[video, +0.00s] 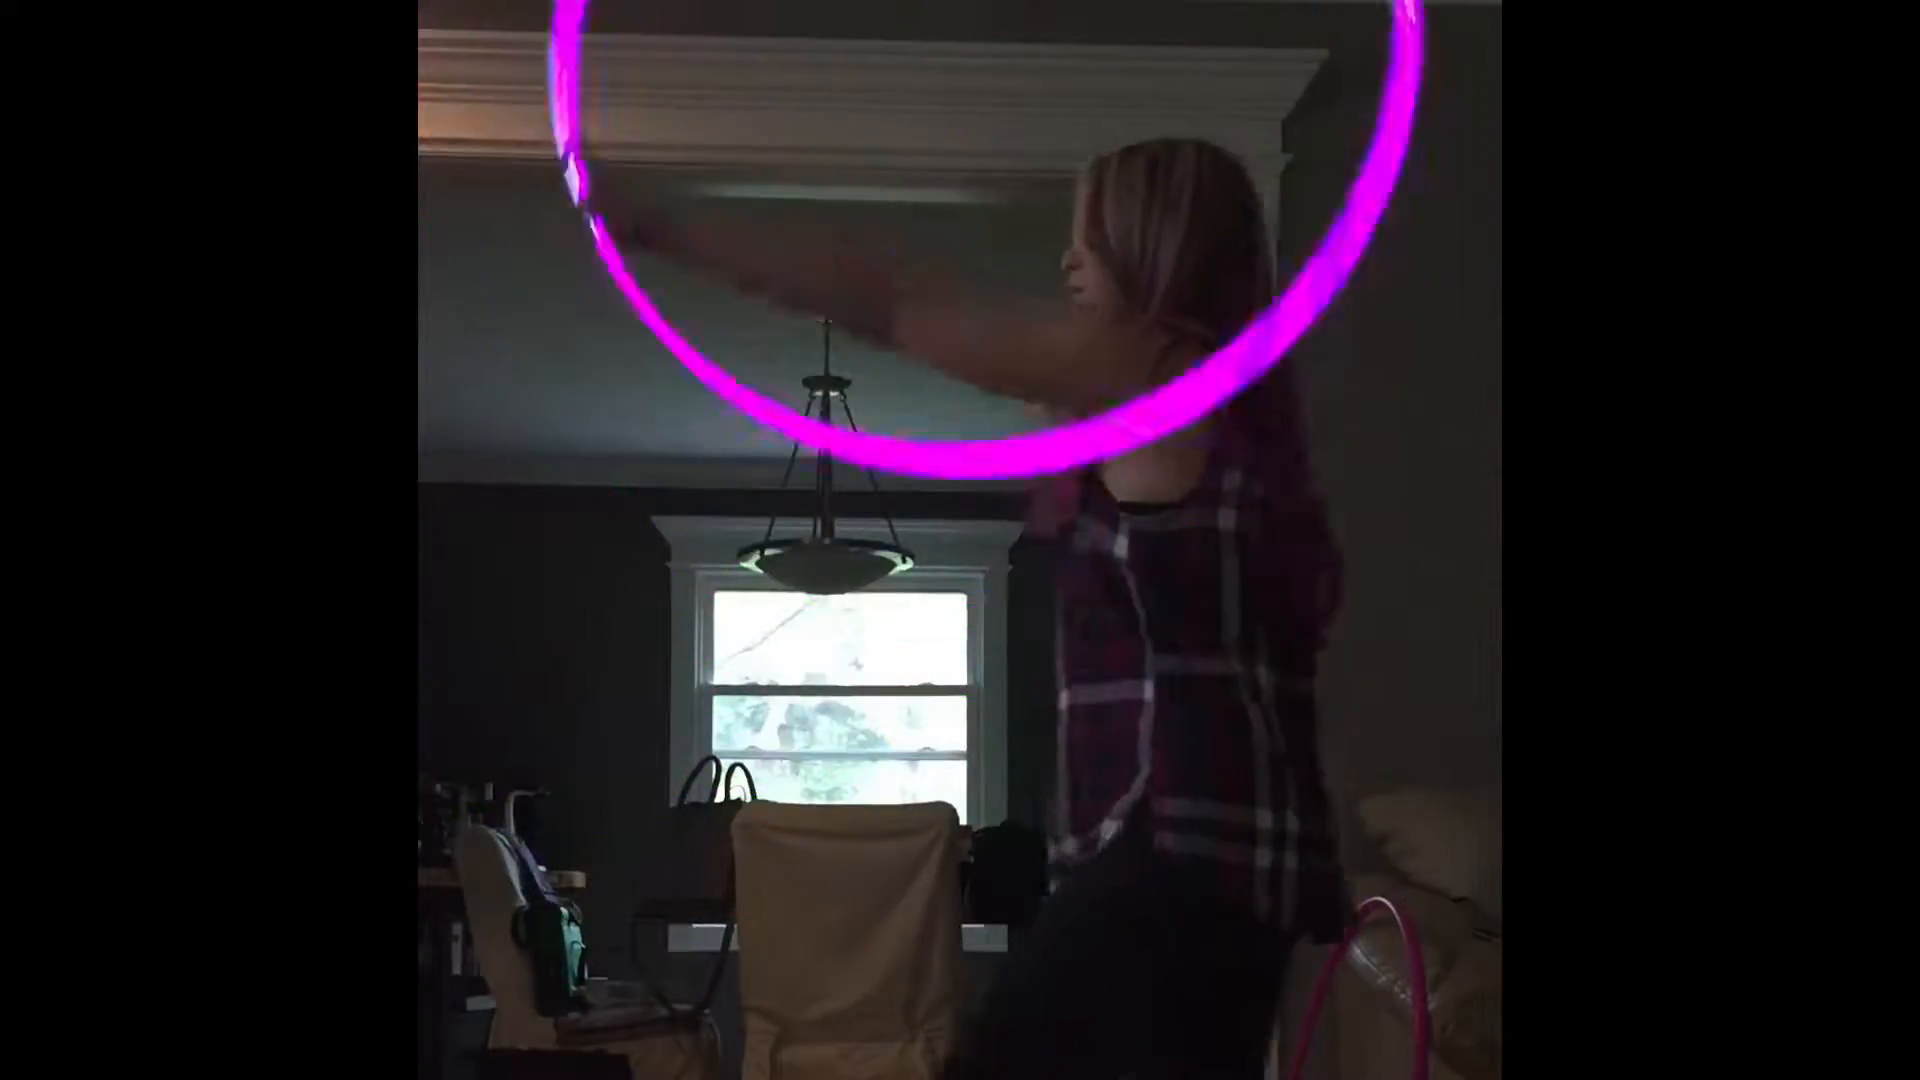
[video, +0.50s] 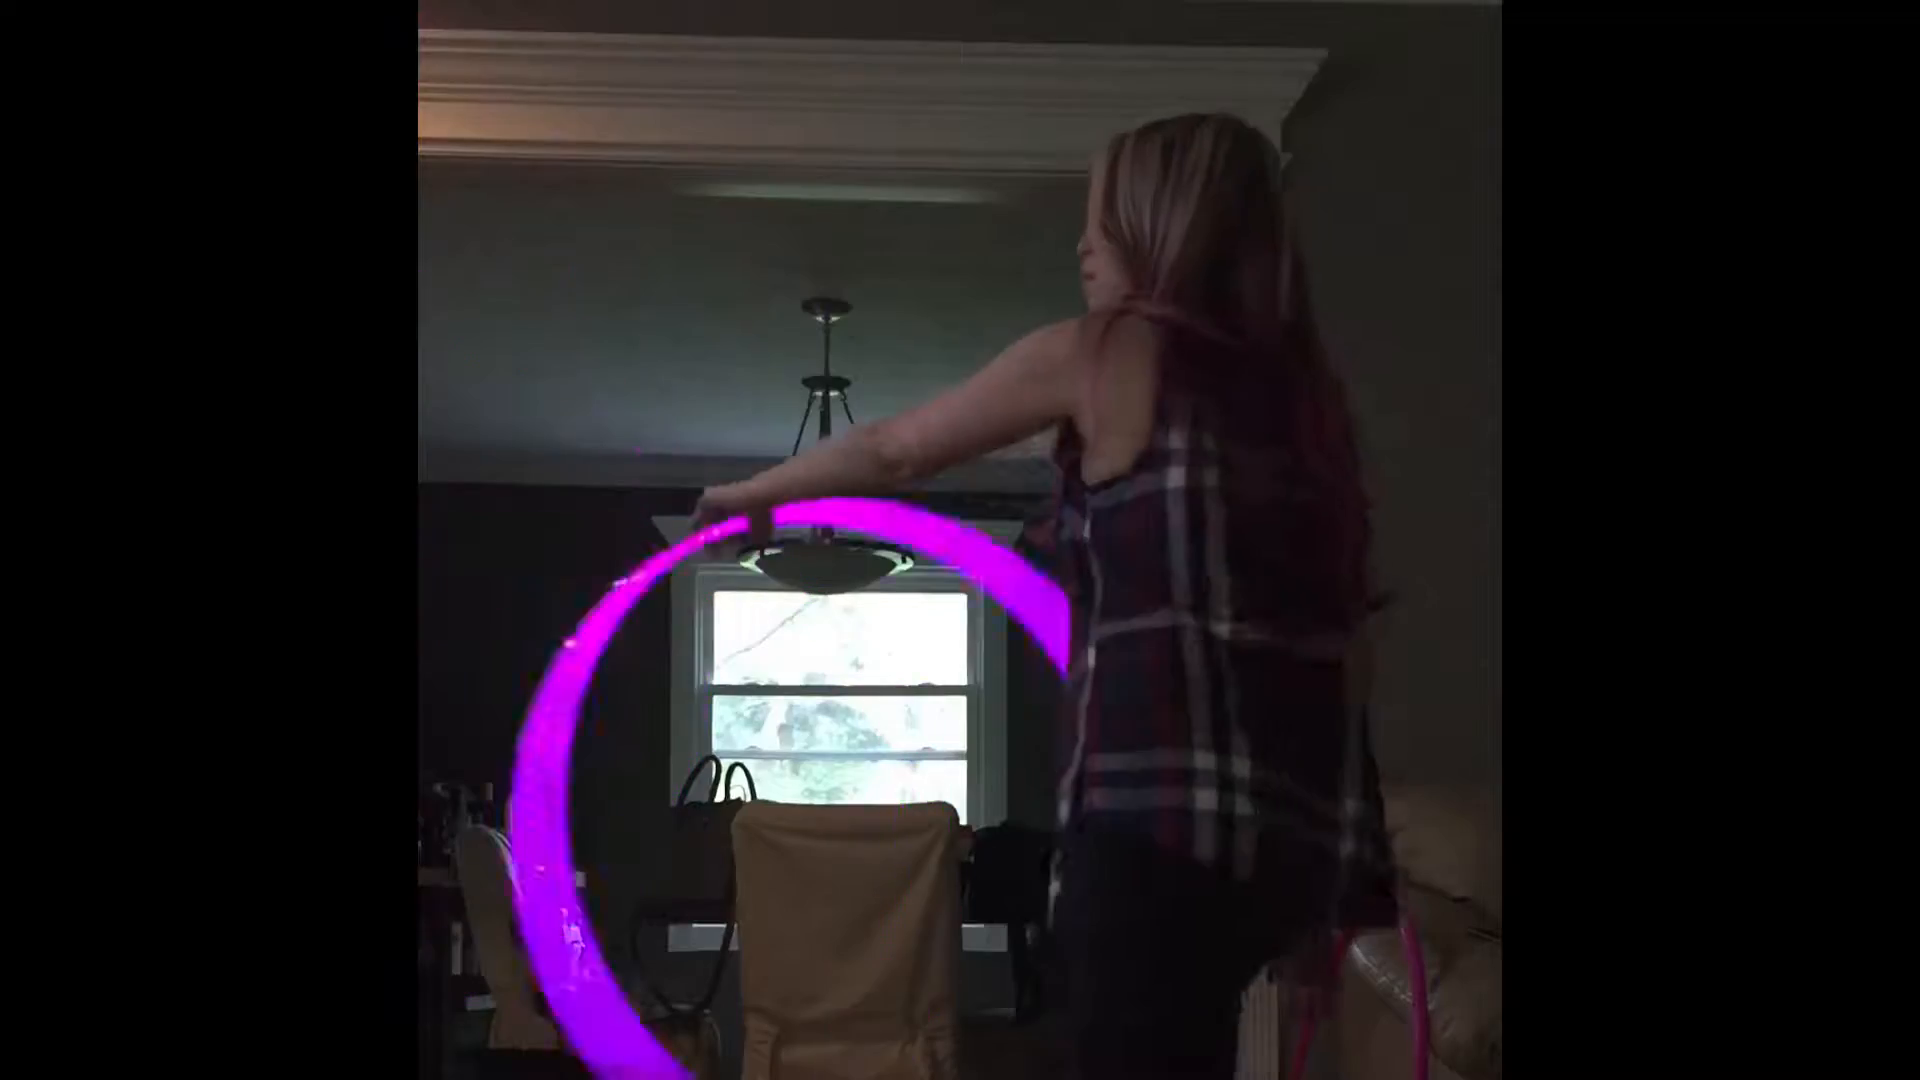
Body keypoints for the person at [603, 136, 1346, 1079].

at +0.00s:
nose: (1065, 275)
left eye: (1081, 253)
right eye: (1070, 251)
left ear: (1141, 260)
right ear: (1201, 261)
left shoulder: (1167, 379)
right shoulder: (1236, 392)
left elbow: (899, 308)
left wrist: (673, 233)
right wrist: (1086, 500)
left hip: (1176, 860)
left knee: (1019, 1053)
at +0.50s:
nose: (1084, 248)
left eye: (1102, 223)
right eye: (1090, 224)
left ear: (1161, 230)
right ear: (1240, 235)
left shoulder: (1099, 350)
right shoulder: (1304, 382)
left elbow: (899, 449)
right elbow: (1346, 626)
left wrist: (750, 494)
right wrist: (1343, 866)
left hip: (1156, 814)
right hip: (1302, 813)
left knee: (1121, 1052)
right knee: (1186, 1046)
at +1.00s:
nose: (982, 256)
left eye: (1003, 234)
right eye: (990, 231)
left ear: (1064, 254)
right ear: (1120, 259)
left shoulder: (1033, 399)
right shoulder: (1199, 424)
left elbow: (842, 510)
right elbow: (1237, 669)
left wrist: (800, 324)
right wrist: (1218, 853)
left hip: (1050, 859)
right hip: (1172, 856)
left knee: (1031, 1060)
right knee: (1162, 1062)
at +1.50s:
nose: (879, 316)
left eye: (901, 296)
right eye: (881, 295)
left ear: (971, 310)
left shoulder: (1008, 447)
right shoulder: (937, 442)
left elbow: (980, 582)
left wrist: (898, 436)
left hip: (930, 879)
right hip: (878, 861)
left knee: (848, 1058)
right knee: (842, 1053)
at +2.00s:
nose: (756, 271)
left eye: (784, 253)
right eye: (748, 256)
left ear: (846, 279)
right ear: (737, 280)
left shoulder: (903, 430)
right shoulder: (749, 438)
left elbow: (883, 622)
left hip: (844, 842)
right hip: (719, 832)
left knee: (789, 1061)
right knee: (668, 1053)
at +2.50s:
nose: (912, 255)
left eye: (942, 244)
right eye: (891, 239)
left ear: (977, 282)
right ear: (854, 278)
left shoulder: (1024, 409)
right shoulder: (820, 437)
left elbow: (972, 536)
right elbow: (657, 610)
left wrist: (767, 468)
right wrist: (725, 505)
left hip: (1039, 865)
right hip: (869, 865)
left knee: (1093, 1067)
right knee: (798, 1068)